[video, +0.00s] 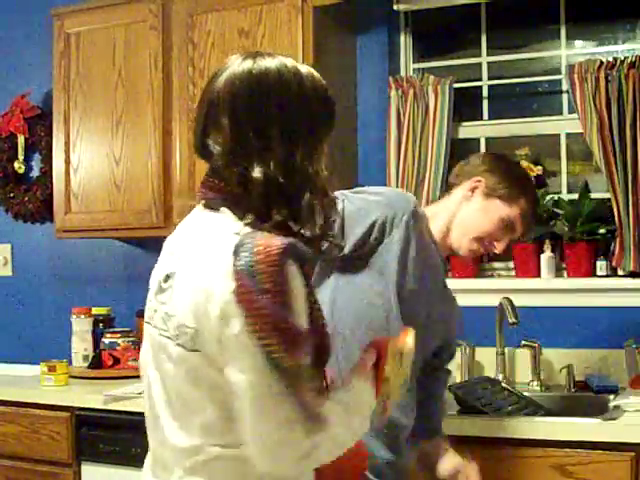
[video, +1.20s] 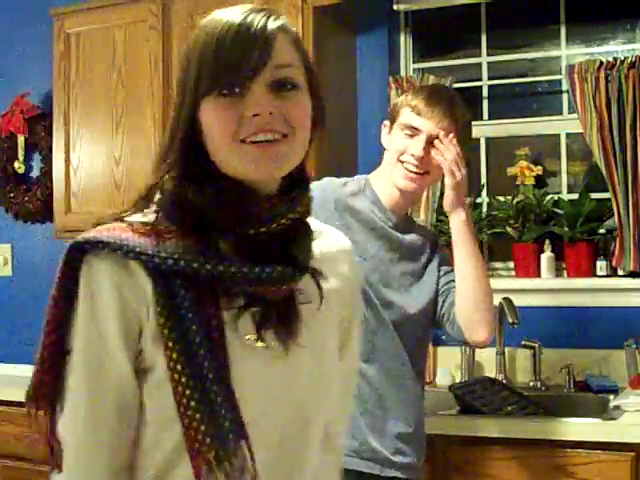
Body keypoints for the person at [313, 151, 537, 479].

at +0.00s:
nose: (501, 247)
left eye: (511, 241)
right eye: (505, 227)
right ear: (473, 189)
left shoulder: (444, 318)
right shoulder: (391, 210)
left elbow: (426, 435)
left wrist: (446, 461)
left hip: (379, 470)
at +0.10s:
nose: (482, 235)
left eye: (492, 228)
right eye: (485, 214)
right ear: (451, 179)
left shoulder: (423, 293)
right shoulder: (385, 206)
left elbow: (391, 431)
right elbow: (266, 235)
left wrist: (464, 415)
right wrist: (320, 341)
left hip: (382, 464)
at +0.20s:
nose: (470, 222)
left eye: (479, 215)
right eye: (469, 201)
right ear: (432, 173)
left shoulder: (411, 277)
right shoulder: (376, 203)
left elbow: (407, 423)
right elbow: (259, 250)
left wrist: (476, 372)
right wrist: (339, 341)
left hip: (385, 466)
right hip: (335, 459)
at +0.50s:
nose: (442, 177)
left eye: (457, 171)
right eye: (434, 157)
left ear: (461, 189)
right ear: (400, 152)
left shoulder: (417, 282)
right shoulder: (361, 198)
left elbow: (449, 392)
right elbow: (244, 256)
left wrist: (508, 327)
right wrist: (342, 319)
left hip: (402, 463)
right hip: (339, 456)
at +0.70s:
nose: (430, 150)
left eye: (447, 146)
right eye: (421, 134)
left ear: (458, 171)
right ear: (393, 143)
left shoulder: (432, 271)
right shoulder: (347, 198)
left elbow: (469, 371)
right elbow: (226, 258)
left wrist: (514, 295)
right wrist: (294, 321)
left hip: (407, 460)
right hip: (342, 453)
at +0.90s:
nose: (425, 150)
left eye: (444, 143)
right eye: (416, 133)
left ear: (460, 166)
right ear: (396, 140)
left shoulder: (437, 265)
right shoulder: (344, 199)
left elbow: (482, 355)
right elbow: (227, 260)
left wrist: (494, 253)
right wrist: (270, 337)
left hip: (406, 460)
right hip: (333, 452)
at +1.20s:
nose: (419, 152)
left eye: (436, 144)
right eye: (410, 133)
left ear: (450, 160)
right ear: (386, 133)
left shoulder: (432, 255)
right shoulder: (320, 202)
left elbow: (480, 332)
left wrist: (459, 212)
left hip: (397, 459)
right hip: (318, 449)